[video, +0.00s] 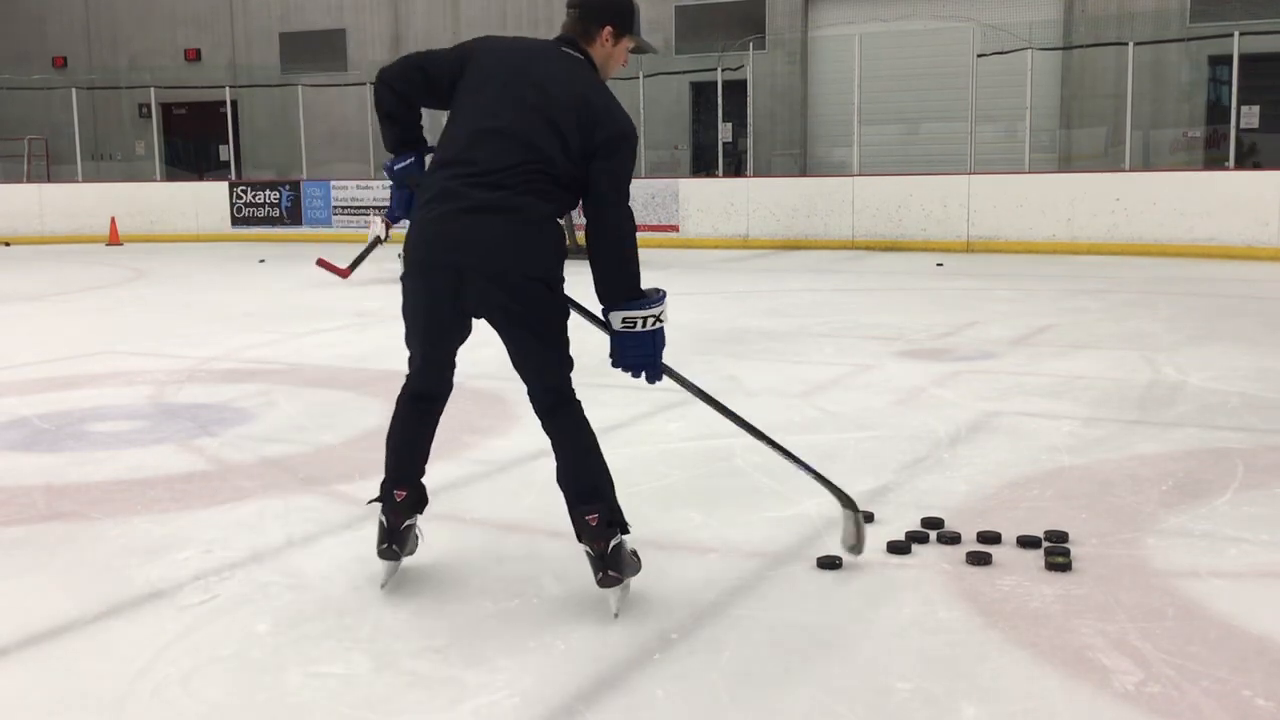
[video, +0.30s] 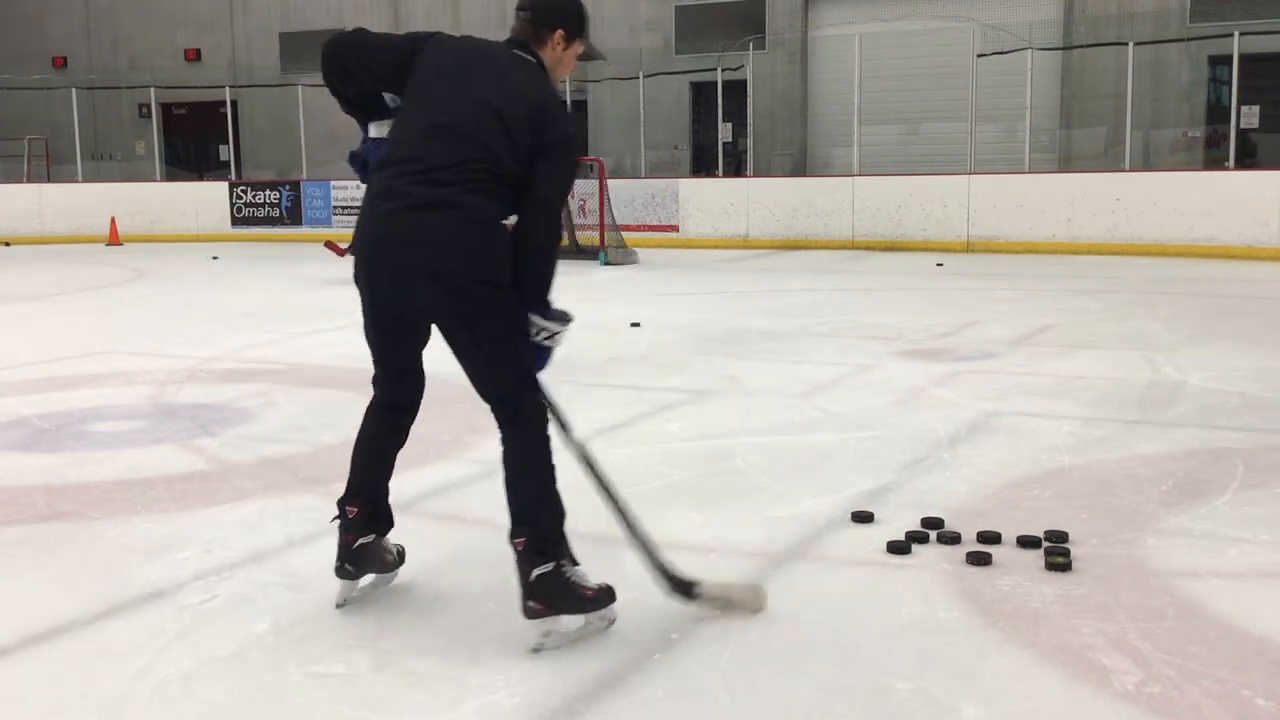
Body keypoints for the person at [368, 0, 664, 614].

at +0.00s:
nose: (626, 63)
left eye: (631, 52)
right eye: (628, 50)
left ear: (577, 27)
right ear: (605, 36)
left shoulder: (485, 55)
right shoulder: (606, 116)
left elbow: (395, 80)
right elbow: (609, 230)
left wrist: (407, 162)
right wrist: (632, 319)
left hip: (433, 253)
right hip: (519, 264)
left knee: (424, 380)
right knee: (557, 404)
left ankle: (396, 515)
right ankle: (604, 543)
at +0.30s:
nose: (573, 68)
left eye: (579, 58)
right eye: (577, 55)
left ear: (525, 30)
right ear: (556, 41)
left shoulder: (437, 50)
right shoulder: (551, 112)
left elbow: (339, 51)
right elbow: (540, 220)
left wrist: (372, 120)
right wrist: (534, 309)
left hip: (382, 245)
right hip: (467, 256)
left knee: (394, 392)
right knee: (519, 409)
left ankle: (358, 536)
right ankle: (544, 569)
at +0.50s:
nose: (544, 74)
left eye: (548, 64)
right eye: (546, 61)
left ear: (493, 31)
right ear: (527, 46)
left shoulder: (403, 50)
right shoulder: (519, 124)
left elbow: (303, 50)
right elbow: (493, 234)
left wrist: (343, 121)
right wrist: (483, 308)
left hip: (341, 247)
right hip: (423, 260)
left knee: (375, 395)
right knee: (481, 418)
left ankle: (338, 543)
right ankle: (486, 582)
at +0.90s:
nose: (492, 23)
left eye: (490, 17)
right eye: (494, 16)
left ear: (430, 5)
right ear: (485, 16)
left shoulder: (356, 34)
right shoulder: (481, 94)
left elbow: (253, 60)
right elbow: (476, 209)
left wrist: (299, 134)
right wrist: (489, 314)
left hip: (308, 247)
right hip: (391, 257)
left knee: (339, 403)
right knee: (437, 422)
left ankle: (304, 555)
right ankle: (440, 595)